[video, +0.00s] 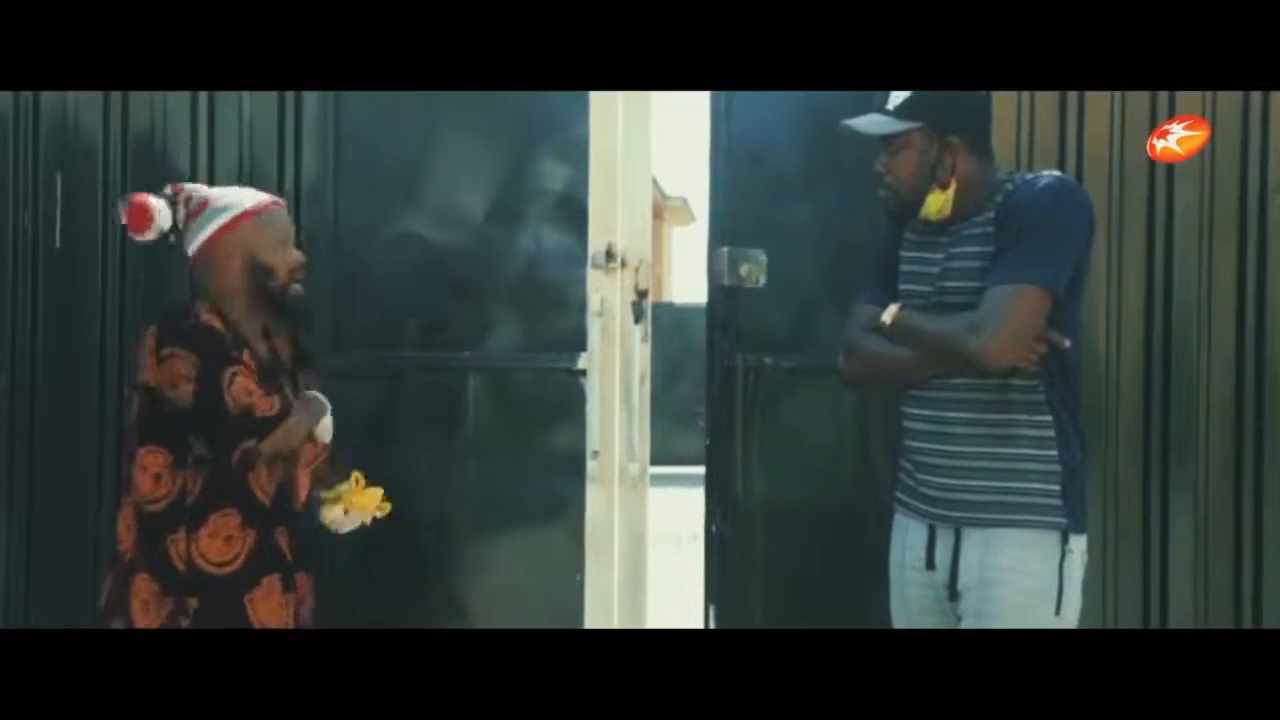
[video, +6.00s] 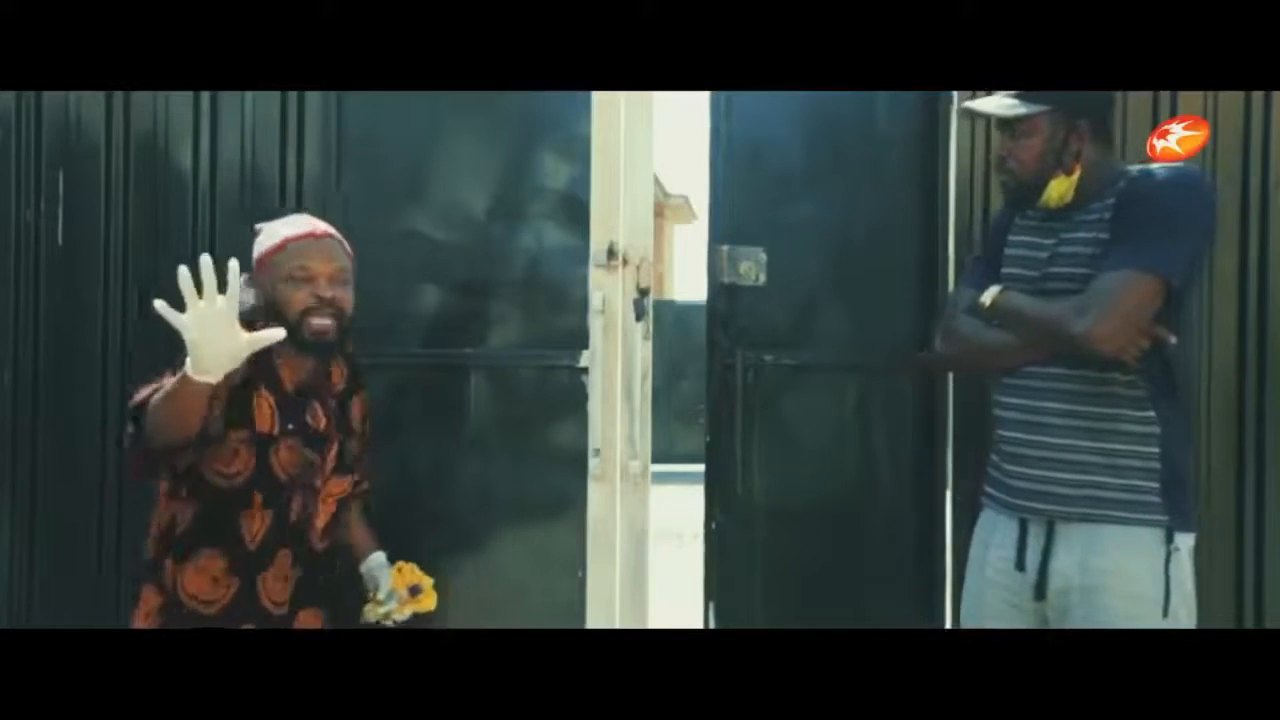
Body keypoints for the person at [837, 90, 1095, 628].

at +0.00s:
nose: (878, 169)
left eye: (894, 149)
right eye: (879, 151)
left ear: (950, 150)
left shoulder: (1047, 200)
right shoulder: (904, 226)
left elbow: (995, 346)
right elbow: (854, 359)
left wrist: (894, 318)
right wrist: (982, 342)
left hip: (1022, 523)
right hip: (918, 514)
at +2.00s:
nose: (877, 159)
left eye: (895, 142)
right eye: (879, 142)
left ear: (951, 145)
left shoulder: (1045, 197)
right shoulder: (903, 222)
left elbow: (995, 344)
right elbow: (856, 360)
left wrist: (892, 317)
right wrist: (983, 339)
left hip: (1026, 521)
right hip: (923, 512)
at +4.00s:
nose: (879, 160)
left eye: (896, 143)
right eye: (880, 144)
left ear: (955, 145)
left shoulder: (1048, 198)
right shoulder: (905, 223)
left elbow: (994, 343)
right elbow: (855, 361)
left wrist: (892, 317)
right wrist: (979, 339)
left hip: (1026, 521)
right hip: (922, 512)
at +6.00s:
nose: (1001, 151)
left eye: (1018, 132)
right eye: (1001, 133)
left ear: (1076, 136)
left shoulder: (1170, 192)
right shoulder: (1012, 217)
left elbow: (1102, 328)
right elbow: (949, 341)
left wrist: (992, 297)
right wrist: (1079, 326)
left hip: (1125, 527)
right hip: (1006, 515)